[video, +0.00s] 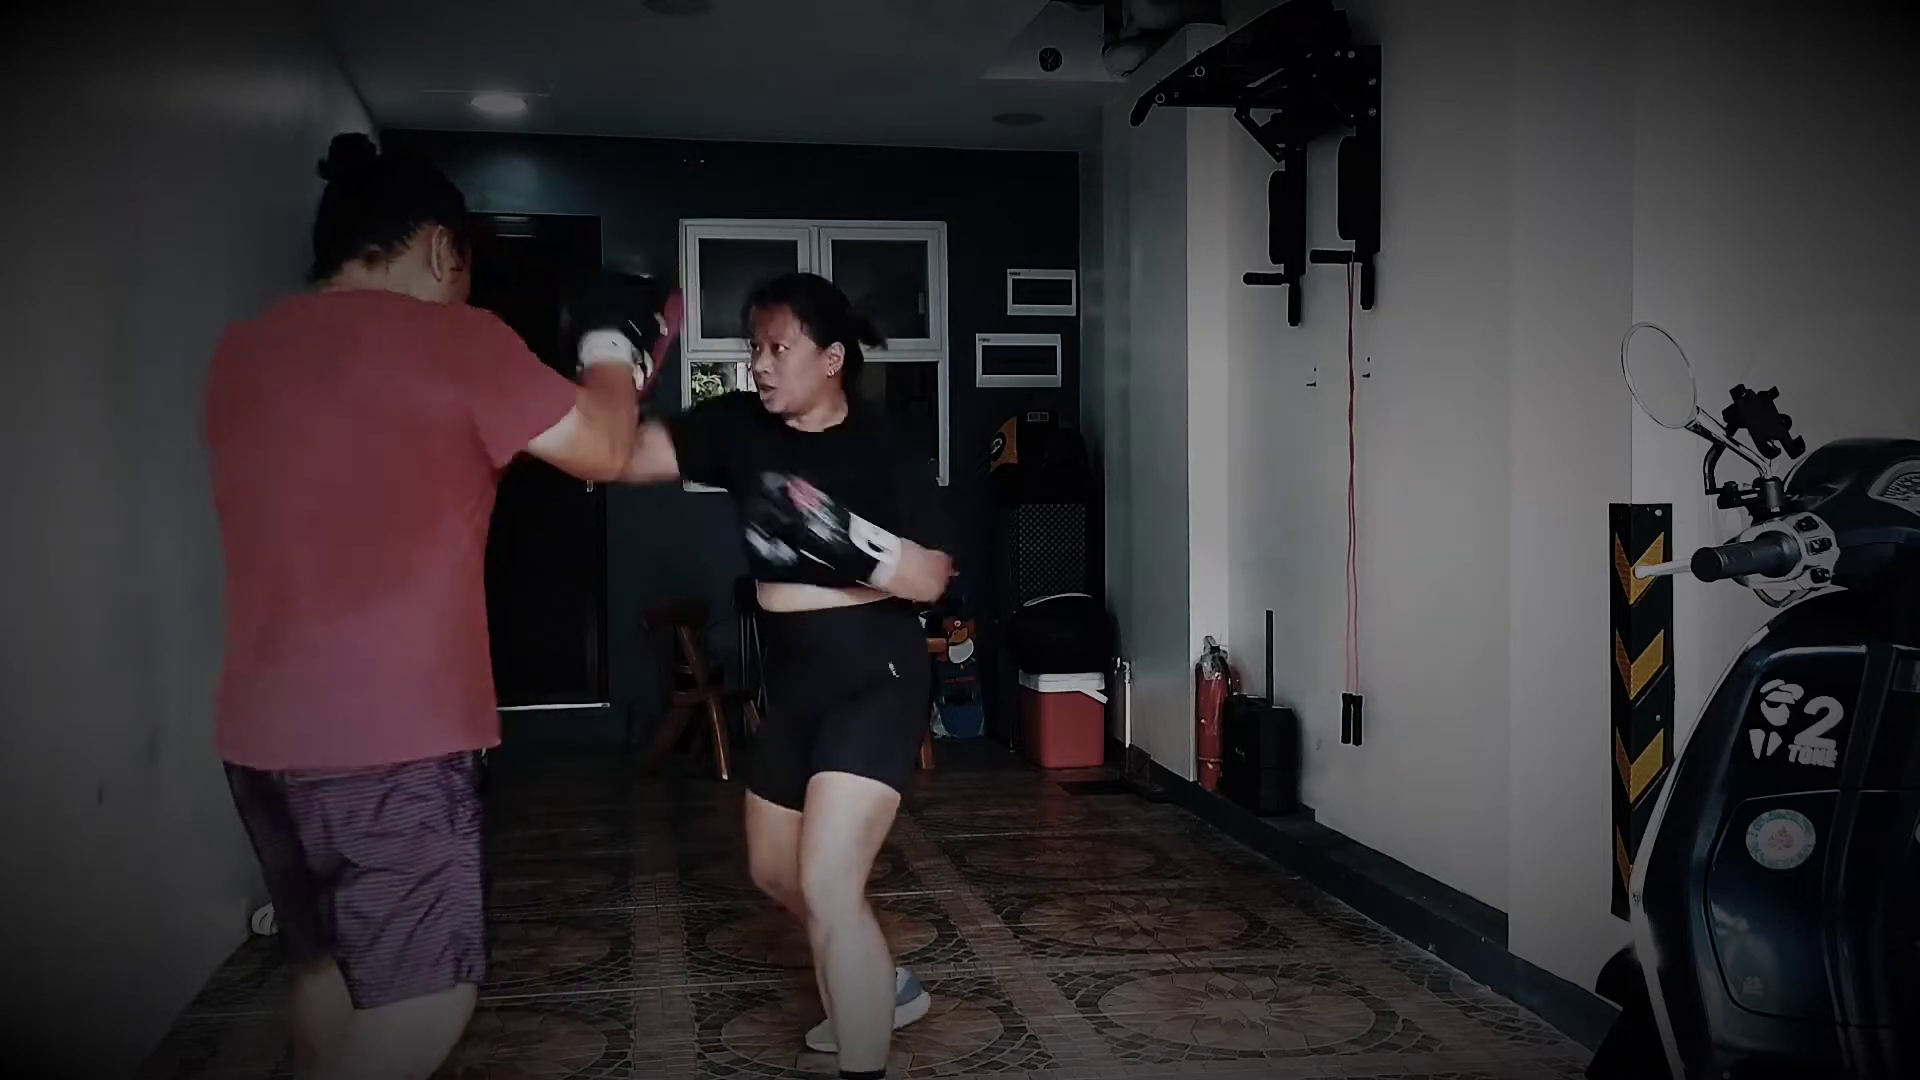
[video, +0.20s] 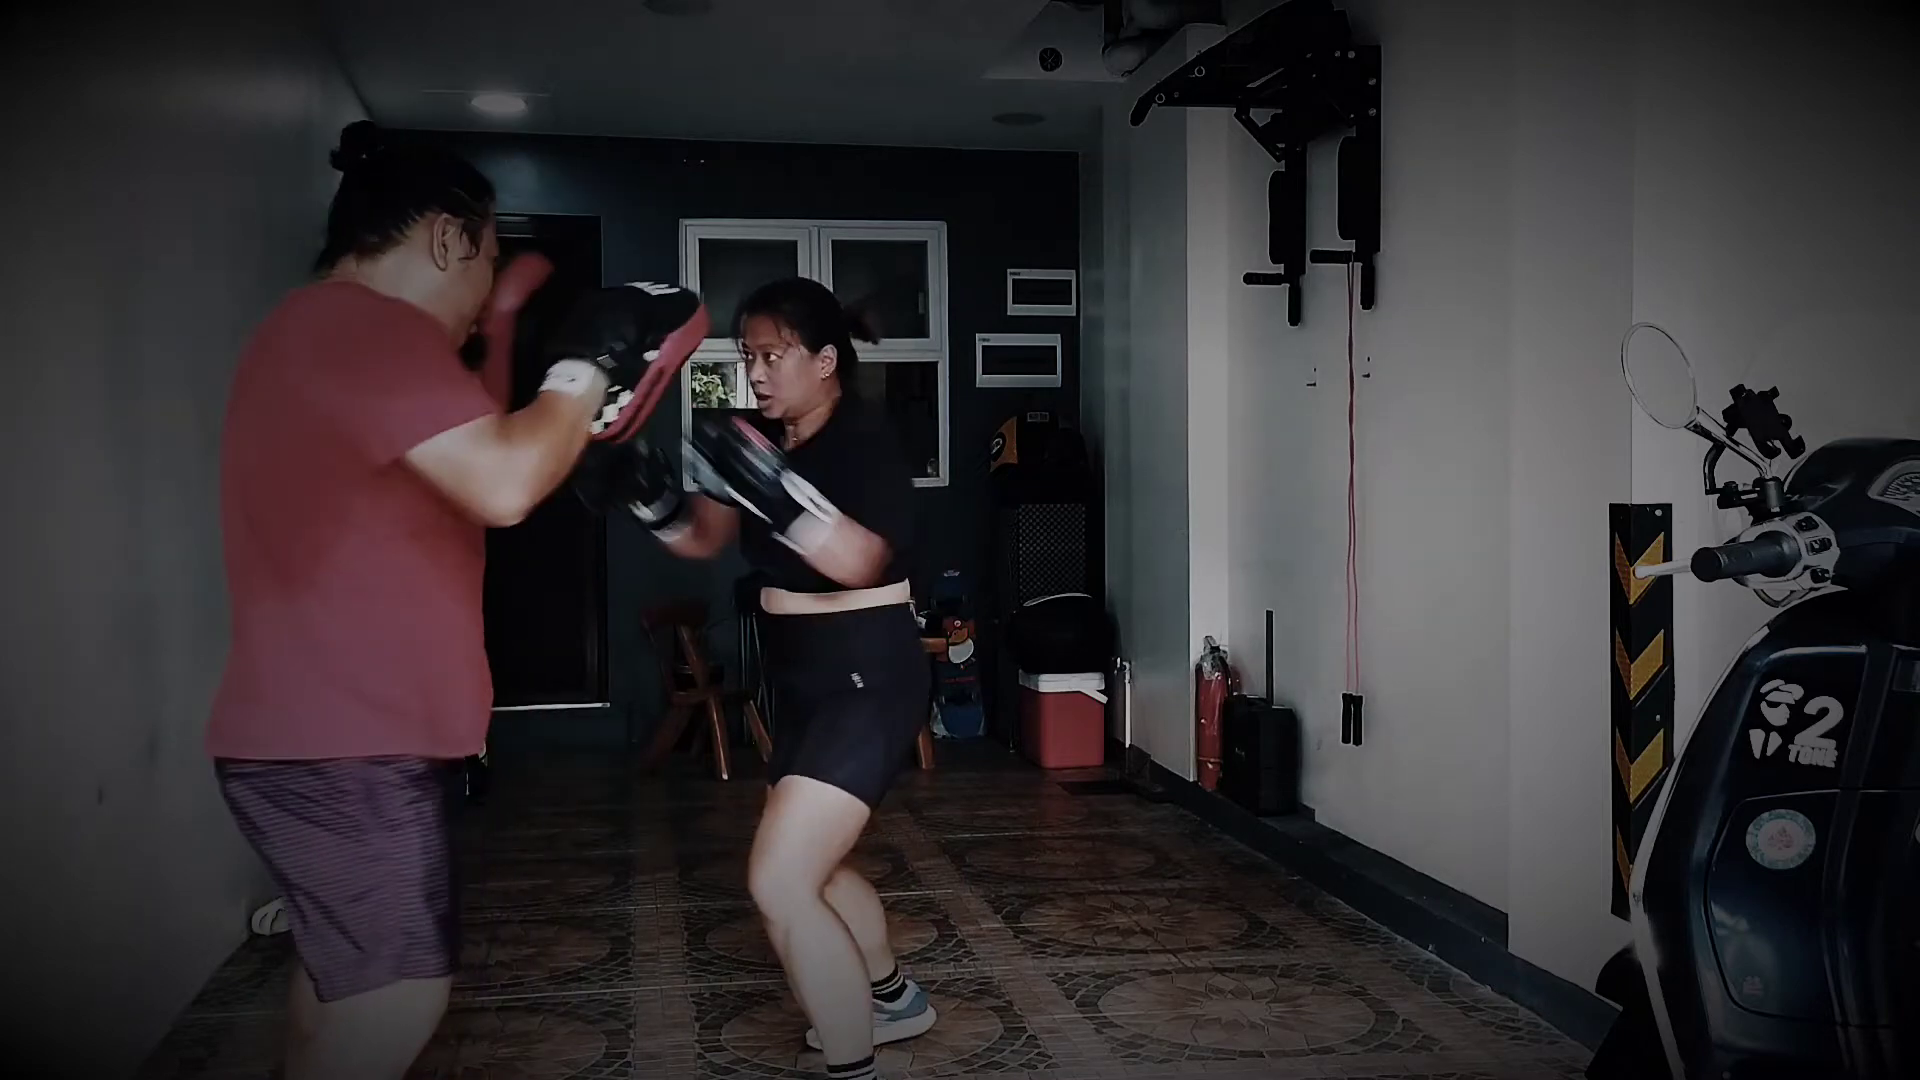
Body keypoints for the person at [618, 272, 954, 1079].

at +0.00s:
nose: (758, 364)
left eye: (777, 349)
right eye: (755, 347)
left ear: (833, 356)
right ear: (752, 351)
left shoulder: (884, 447)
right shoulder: (743, 433)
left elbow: (929, 580)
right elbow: (617, 455)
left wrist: (833, 536)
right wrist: (614, 370)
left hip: (878, 670)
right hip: (790, 673)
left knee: (831, 880)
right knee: (774, 868)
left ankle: (861, 1066)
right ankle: (884, 990)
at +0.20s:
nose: (755, 373)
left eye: (771, 355)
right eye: (748, 357)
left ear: (826, 358)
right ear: (748, 363)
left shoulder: (867, 442)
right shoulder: (764, 452)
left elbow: (863, 563)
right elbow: (706, 537)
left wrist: (778, 495)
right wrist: (649, 497)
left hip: (870, 674)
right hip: (800, 674)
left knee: (780, 880)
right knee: (816, 862)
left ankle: (854, 1069)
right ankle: (889, 993)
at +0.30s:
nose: (744, 385)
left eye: (760, 367)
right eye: (739, 368)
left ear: (814, 370)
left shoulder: (840, 433)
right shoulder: (775, 443)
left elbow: (740, 500)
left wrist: (664, 430)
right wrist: (721, 528)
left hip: (872, 682)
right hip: (804, 674)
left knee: (764, 896)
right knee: (812, 867)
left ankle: (836, 1074)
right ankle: (884, 995)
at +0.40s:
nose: (767, 383)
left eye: (782, 363)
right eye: (761, 366)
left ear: (840, 364)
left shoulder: (867, 442)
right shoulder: (796, 447)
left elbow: (789, 544)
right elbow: (755, 552)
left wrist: (715, 469)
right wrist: (702, 473)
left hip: (878, 697)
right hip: (804, 687)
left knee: (771, 897)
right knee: (783, 864)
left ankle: (837, 1072)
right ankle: (881, 991)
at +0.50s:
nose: (809, 383)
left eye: (830, 367)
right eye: (804, 365)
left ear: (883, 378)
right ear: (798, 368)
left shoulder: (927, 472)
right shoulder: (785, 440)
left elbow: (910, 598)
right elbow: (671, 479)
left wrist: (849, 513)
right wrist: (659, 405)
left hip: (890, 696)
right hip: (805, 689)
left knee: (809, 895)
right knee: (778, 876)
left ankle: (844, 1071)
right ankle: (905, 989)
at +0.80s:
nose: (870, 375)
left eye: (884, 358)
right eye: (861, 361)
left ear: (932, 359)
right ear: (856, 366)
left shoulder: (964, 436)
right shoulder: (859, 434)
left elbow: (905, 548)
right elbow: (784, 535)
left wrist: (883, 439)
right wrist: (785, 442)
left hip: (932, 668)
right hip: (859, 663)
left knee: (816, 870)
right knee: (854, 866)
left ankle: (837, 1070)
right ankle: (921, 1009)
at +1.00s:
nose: (886, 358)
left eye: (893, 342)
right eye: (886, 343)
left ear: (939, 347)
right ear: (948, 350)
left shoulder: (944, 420)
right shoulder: (984, 417)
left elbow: (850, 512)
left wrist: (850, 420)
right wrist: (870, 426)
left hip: (936, 651)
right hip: (980, 652)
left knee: (822, 851)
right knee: (900, 858)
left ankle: (909, 1044)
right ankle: (931, 1010)